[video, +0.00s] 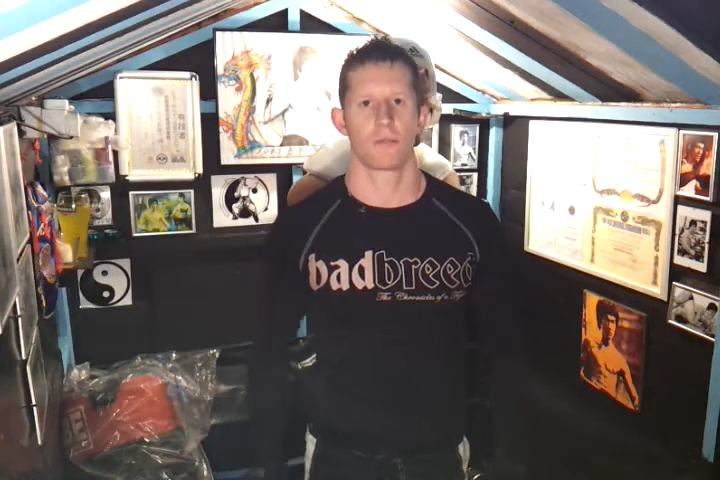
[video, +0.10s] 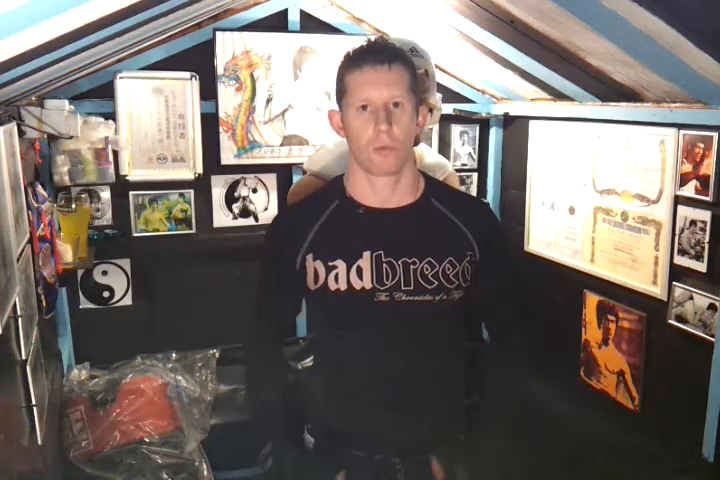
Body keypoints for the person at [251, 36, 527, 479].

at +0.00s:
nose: (384, 118)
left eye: (398, 102)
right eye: (367, 104)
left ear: (423, 118)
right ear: (342, 122)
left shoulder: (475, 224)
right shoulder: (301, 226)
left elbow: (501, 354)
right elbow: (270, 356)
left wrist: (495, 465)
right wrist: (276, 465)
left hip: (438, 460)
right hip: (339, 459)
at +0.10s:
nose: (383, 123)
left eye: (397, 105)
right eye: (365, 108)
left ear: (421, 119)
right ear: (339, 124)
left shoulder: (474, 223)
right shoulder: (299, 226)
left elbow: (510, 350)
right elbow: (266, 350)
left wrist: (473, 457)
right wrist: (288, 455)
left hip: (443, 454)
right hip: (338, 454)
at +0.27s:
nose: (372, 135)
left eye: (386, 114)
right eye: (353, 118)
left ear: (414, 120)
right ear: (330, 129)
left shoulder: (468, 224)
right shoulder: (293, 229)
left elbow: (501, 348)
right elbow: (257, 346)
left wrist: (452, 402)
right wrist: (319, 405)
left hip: (435, 458)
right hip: (334, 457)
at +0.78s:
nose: (321, 148)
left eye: (339, 123)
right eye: (303, 128)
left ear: (376, 127)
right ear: (284, 138)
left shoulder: (464, 237)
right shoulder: (280, 243)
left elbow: (520, 361)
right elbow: (262, 356)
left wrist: (445, 432)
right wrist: (280, 409)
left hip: (440, 466)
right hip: (325, 464)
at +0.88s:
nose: (323, 160)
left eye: (342, 133)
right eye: (304, 136)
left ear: (382, 135)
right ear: (285, 143)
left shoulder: (463, 251)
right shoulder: (298, 236)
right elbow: (270, 344)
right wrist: (254, 412)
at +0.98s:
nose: (326, 166)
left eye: (351, 137)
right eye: (309, 137)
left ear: (395, 143)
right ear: (291, 140)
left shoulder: (467, 270)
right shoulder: (313, 246)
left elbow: (520, 440)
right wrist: (248, 420)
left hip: (440, 465)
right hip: (340, 463)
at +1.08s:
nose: (325, 160)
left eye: (356, 127)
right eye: (313, 126)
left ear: (409, 137)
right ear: (296, 129)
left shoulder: (468, 268)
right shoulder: (337, 240)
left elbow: (496, 458)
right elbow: (350, 377)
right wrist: (261, 393)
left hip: (435, 469)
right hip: (354, 464)